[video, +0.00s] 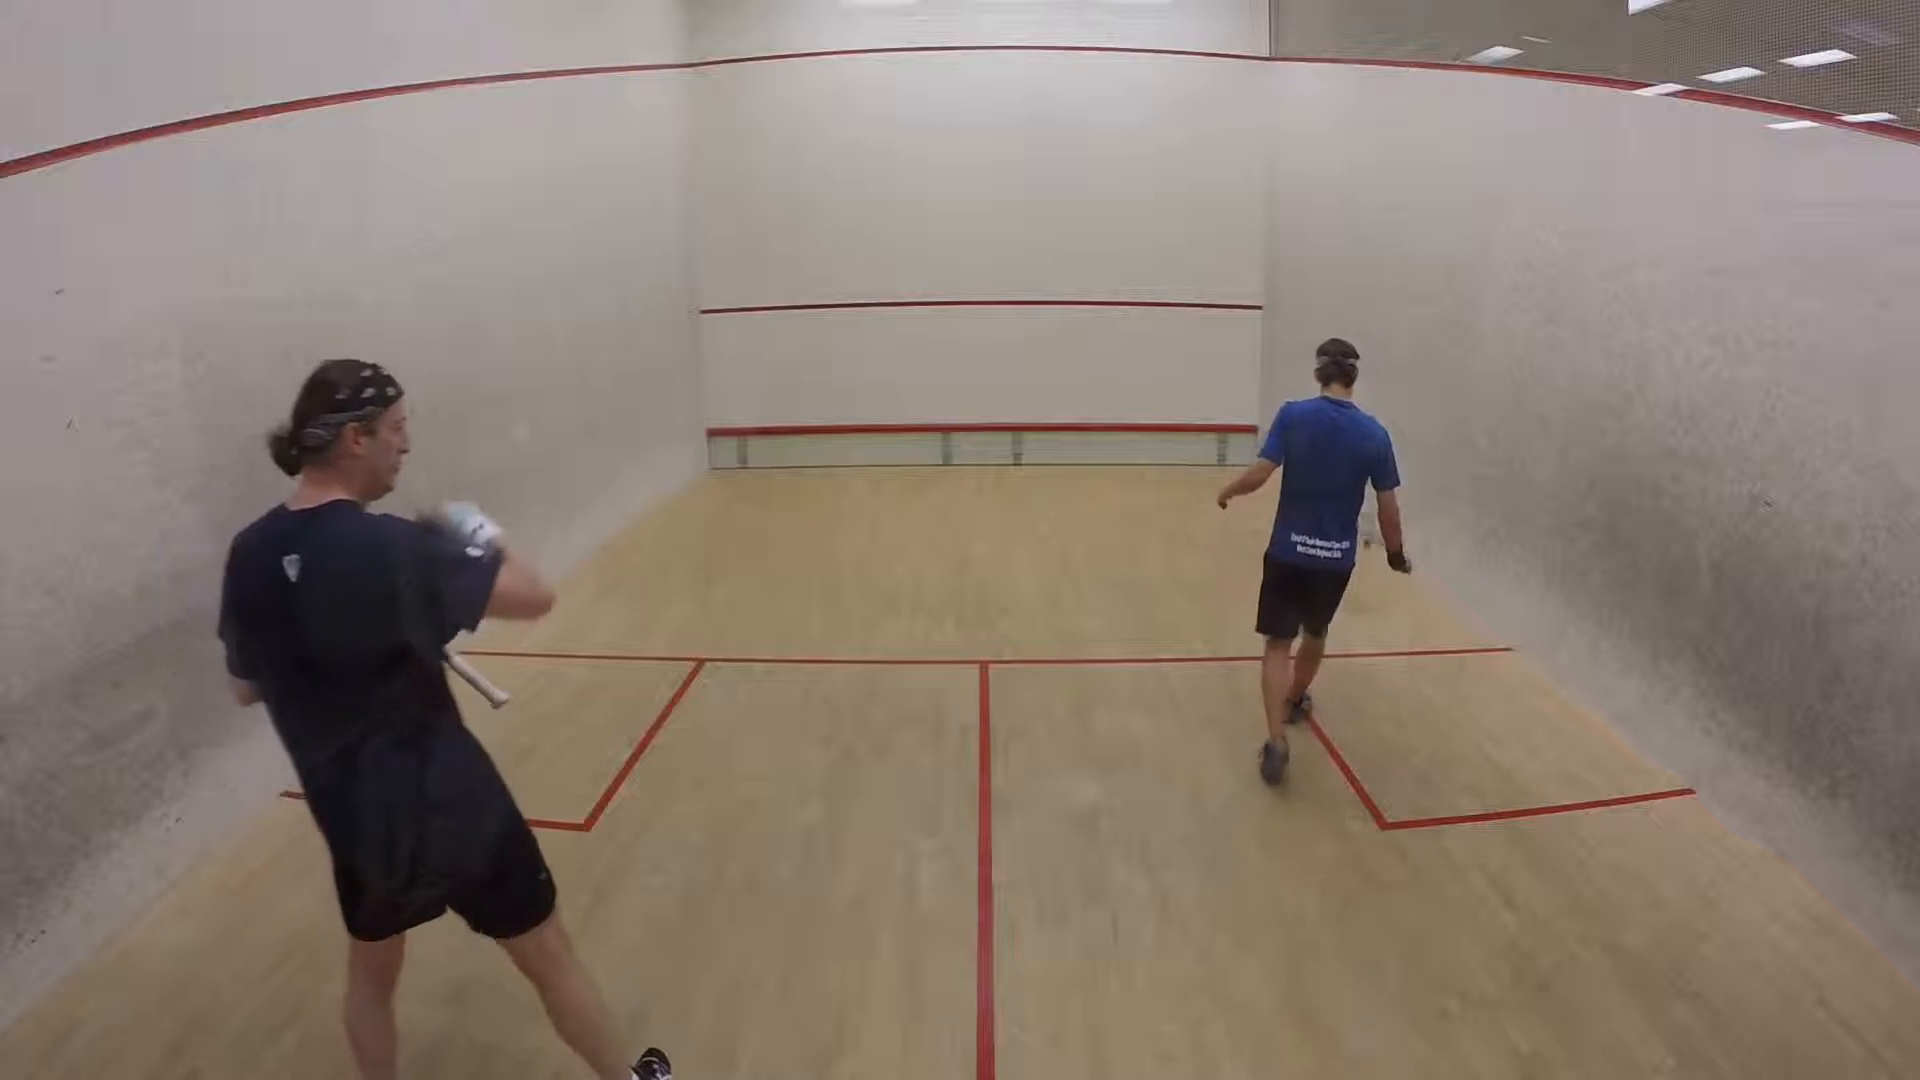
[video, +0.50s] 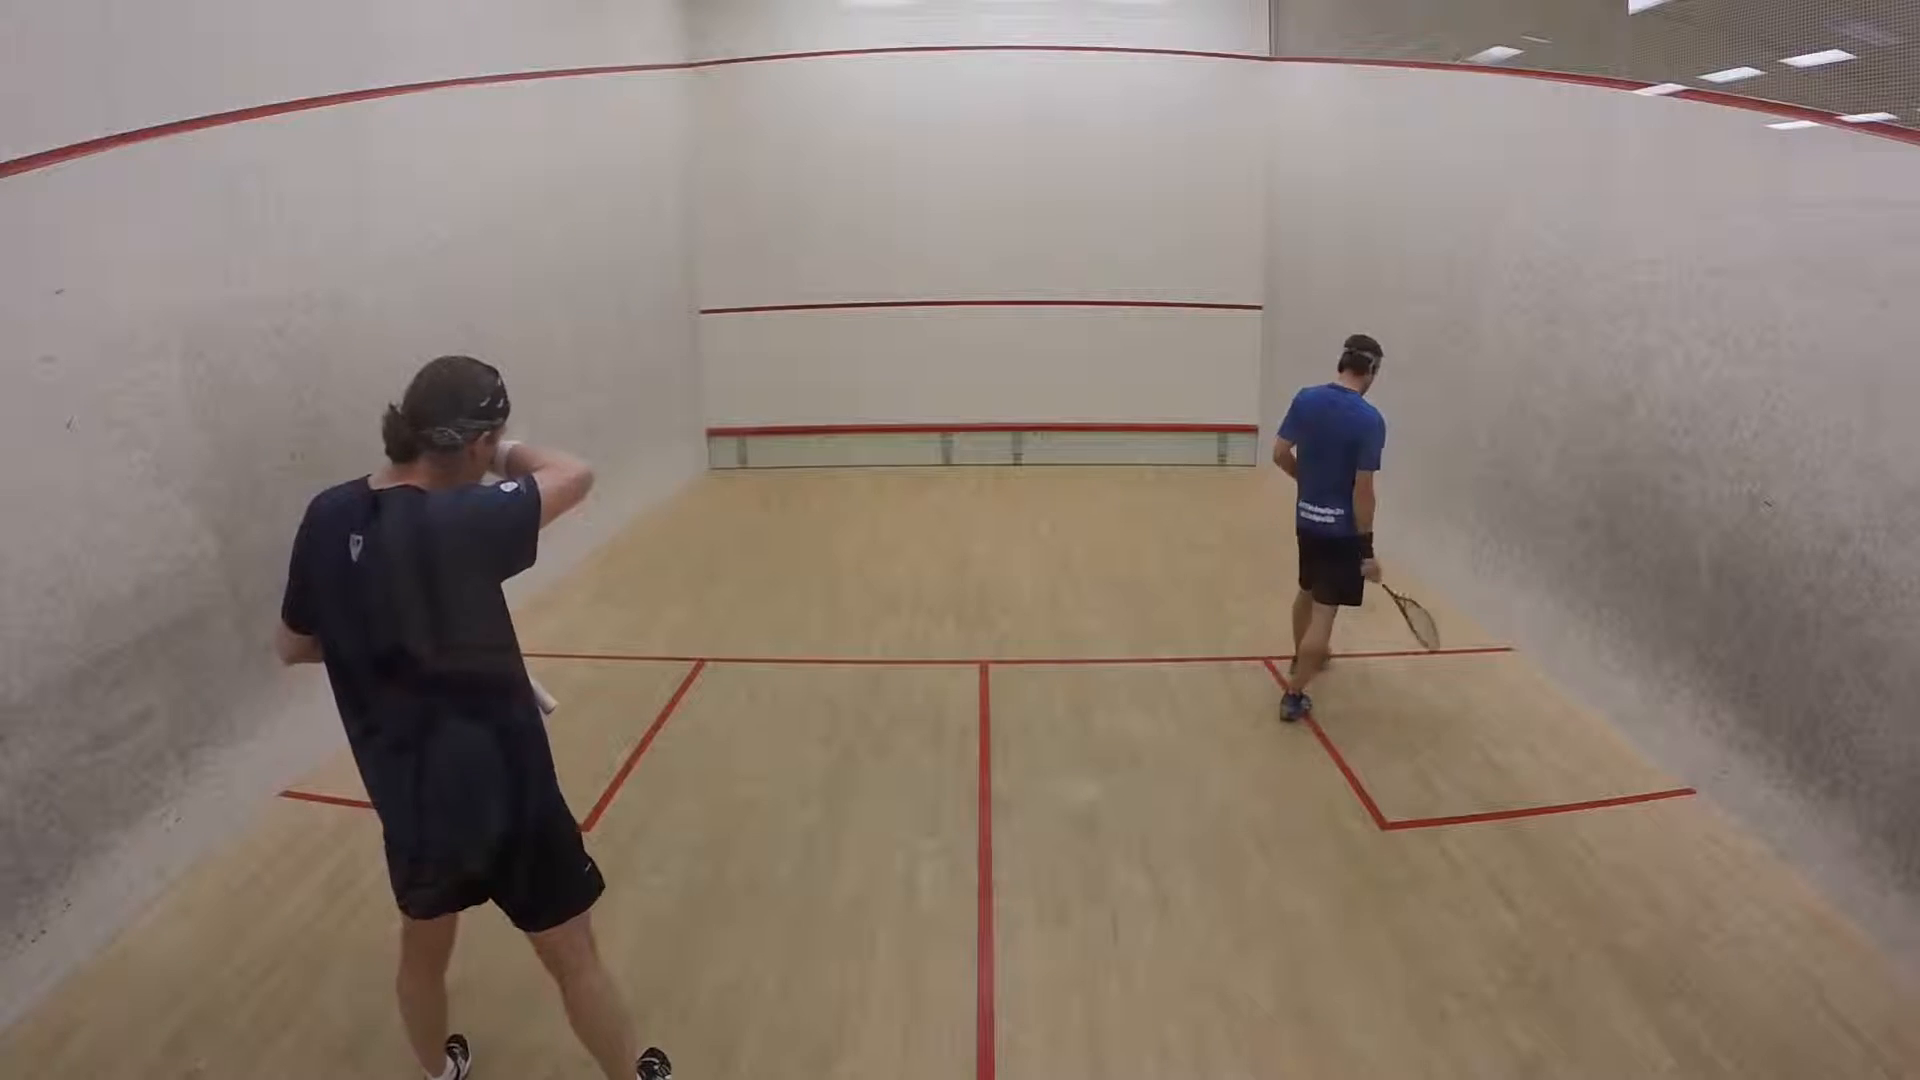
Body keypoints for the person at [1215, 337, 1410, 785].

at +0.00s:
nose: (1325, 378)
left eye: (1320, 370)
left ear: (1318, 375)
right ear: (1355, 377)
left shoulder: (1293, 414)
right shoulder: (1374, 434)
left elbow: (1259, 475)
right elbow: (1388, 508)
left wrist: (1226, 491)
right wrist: (1396, 554)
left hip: (1287, 555)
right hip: (1335, 563)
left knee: (1278, 645)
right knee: (1315, 634)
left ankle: (1276, 743)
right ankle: (1295, 699)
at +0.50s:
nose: (1373, 379)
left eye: (1370, 371)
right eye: (1374, 372)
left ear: (1340, 364)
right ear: (1371, 372)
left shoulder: (1307, 398)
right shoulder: (1369, 420)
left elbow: (1281, 452)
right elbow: (1363, 490)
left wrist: (1309, 480)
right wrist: (1367, 548)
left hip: (1306, 522)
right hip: (1340, 530)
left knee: (1307, 592)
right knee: (1322, 614)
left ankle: (1302, 660)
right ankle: (1293, 695)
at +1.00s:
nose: (1402, 369)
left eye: (1403, 362)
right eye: (1398, 361)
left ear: (1373, 360)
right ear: (1378, 359)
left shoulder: (1351, 391)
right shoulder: (1361, 403)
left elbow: (1366, 442)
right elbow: (1344, 468)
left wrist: (1393, 470)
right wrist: (1383, 507)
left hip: (1330, 506)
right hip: (1353, 513)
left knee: (1324, 577)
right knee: (1377, 589)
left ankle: (1306, 655)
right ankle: (1365, 674)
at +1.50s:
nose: (1441, 373)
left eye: (1442, 366)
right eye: (1437, 365)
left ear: (1413, 363)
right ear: (1412, 362)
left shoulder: (1390, 394)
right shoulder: (1395, 405)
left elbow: (1377, 462)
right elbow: (1383, 473)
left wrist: (1400, 492)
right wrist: (1433, 495)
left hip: (1359, 507)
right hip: (1378, 517)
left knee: (1356, 581)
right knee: (1382, 597)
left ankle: (1316, 645)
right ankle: (1368, 676)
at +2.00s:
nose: (1446, 391)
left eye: (1449, 384)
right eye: (1448, 384)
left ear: (1417, 372)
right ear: (1440, 382)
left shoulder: (1390, 398)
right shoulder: (1406, 417)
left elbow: (1374, 463)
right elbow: (1396, 485)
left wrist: (1406, 495)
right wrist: (1447, 512)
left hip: (1340, 507)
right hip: (1365, 522)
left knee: (1340, 582)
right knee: (1375, 599)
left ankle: (1295, 644)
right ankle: (1367, 677)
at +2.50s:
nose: (1388, 387)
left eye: (1386, 380)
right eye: (1388, 381)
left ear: (1354, 374)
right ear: (1383, 384)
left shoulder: (1319, 396)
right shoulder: (1374, 434)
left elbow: (1277, 439)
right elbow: (1378, 497)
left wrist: (1299, 461)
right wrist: (1421, 514)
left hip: (1286, 513)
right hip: (1327, 526)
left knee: (1277, 588)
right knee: (1346, 602)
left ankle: (1269, 671)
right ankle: (1363, 676)